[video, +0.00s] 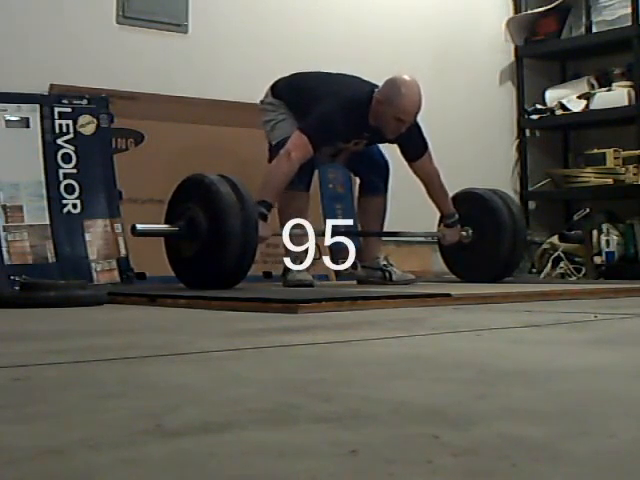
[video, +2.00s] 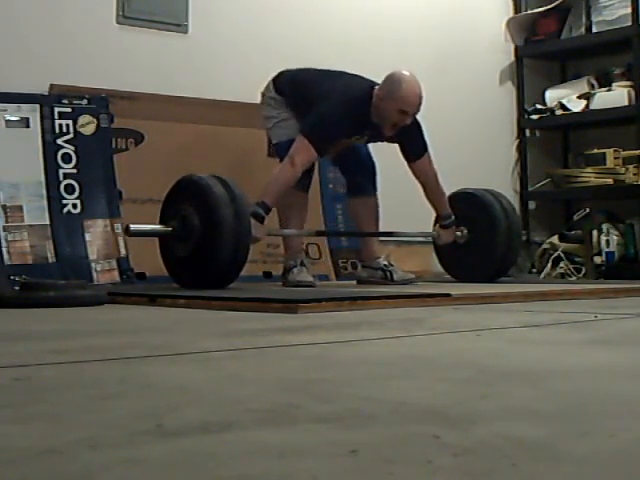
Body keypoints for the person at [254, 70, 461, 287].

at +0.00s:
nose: (403, 129)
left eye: (409, 123)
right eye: (398, 120)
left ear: (414, 114)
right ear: (377, 104)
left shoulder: (404, 120)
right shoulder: (340, 109)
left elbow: (426, 169)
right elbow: (291, 155)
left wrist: (450, 217)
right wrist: (261, 211)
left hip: (332, 122)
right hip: (284, 107)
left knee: (376, 167)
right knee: (298, 166)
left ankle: (370, 262)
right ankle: (296, 265)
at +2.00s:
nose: (406, 122)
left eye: (412, 115)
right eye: (401, 112)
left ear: (416, 111)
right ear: (378, 97)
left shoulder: (405, 123)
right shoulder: (342, 109)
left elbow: (426, 173)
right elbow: (295, 162)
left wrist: (447, 219)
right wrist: (259, 213)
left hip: (331, 110)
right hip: (284, 100)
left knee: (362, 169)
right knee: (300, 169)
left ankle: (370, 262)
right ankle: (295, 264)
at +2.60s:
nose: (404, 105)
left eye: (410, 98)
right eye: (399, 95)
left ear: (415, 97)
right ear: (377, 87)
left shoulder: (410, 128)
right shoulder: (340, 112)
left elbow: (433, 176)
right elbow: (293, 159)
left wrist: (450, 220)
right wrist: (261, 213)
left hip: (345, 180)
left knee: (403, 175)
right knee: (307, 171)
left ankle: (374, 263)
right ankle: (293, 266)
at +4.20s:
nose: (346, 25)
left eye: (350, 18)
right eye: (338, 18)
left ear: (357, 22)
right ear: (324, 22)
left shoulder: (369, 60)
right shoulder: (303, 52)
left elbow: (408, 55)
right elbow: (251, 36)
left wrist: (436, 20)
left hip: (349, 174)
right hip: (305, 168)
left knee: (418, 188)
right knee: (311, 181)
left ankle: (370, 263)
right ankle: (286, 265)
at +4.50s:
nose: (373, 82)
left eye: (375, 77)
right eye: (364, 75)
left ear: (378, 83)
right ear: (340, 83)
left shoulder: (377, 112)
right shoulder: (312, 103)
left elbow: (420, 80)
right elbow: (272, 63)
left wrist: (444, 50)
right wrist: (240, 17)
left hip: (350, 220)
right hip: (305, 218)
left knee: (405, 184)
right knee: (303, 178)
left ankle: (370, 264)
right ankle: (287, 264)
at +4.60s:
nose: (373, 81)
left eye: (375, 76)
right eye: (364, 74)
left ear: (377, 82)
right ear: (340, 81)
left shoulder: (378, 110)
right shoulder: (311, 101)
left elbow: (419, 81)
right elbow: (269, 65)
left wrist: (445, 52)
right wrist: (239, 20)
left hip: (349, 219)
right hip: (303, 216)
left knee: (406, 184)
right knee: (303, 177)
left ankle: (369, 265)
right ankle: (288, 263)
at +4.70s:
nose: (375, 77)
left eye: (377, 71)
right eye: (366, 69)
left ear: (379, 79)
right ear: (341, 77)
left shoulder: (380, 107)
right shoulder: (314, 96)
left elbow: (420, 77)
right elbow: (272, 62)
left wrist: (448, 49)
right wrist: (239, 16)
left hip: (351, 216)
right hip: (305, 213)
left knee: (409, 186)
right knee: (303, 178)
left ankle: (369, 264)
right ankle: (288, 263)